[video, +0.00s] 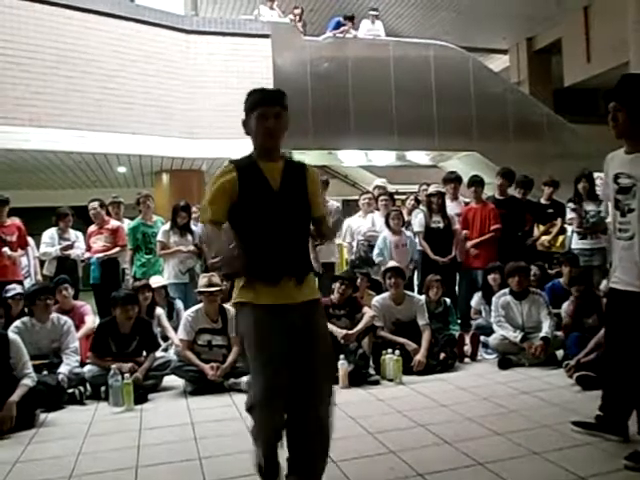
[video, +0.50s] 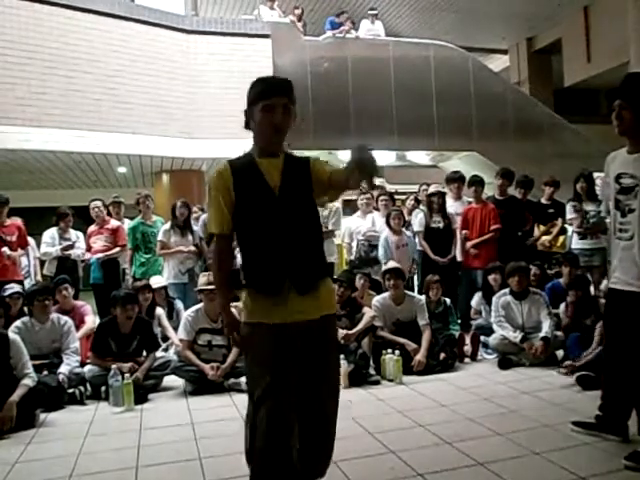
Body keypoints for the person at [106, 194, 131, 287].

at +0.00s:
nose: (116, 210)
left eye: (118, 207)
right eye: (113, 207)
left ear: (122, 208)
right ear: (109, 209)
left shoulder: (130, 224)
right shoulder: (106, 225)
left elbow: (133, 243)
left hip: (126, 262)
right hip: (111, 262)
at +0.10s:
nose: (116, 210)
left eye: (119, 207)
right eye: (113, 207)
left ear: (123, 208)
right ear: (109, 209)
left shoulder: (130, 225)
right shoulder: (106, 225)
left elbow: (134, 244)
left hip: (126, 263)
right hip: (111, 262)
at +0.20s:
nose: (116, 210)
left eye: (119, 207)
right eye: (113, 207)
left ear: (123, 208)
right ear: (109, 208)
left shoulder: (130, 224)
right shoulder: (106, 225)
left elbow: (134, 243)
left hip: (126, 263)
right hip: (110, 262)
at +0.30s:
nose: (116, 210)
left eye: (119, 207)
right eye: (113, 207)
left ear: (123, 208)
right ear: (109, 209)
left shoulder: (130, 224)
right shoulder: (106, 225)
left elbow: (134, 242)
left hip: (126, 263)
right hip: (111, 262)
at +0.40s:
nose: (116, 210)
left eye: (119, 207)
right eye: (113, 207)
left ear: (123, 208)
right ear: (109, 209)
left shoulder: (130, 224)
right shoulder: (106, 225)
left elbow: (134, 242)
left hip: (126, 263)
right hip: (111, 262)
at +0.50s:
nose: (116, 210)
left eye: (119, 207)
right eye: (114, 207)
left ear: (123, 209)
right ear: (109, 209)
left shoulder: (130, 224)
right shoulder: (106, 225)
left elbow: (134, 243)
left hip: (127, 262)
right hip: (111, 262)